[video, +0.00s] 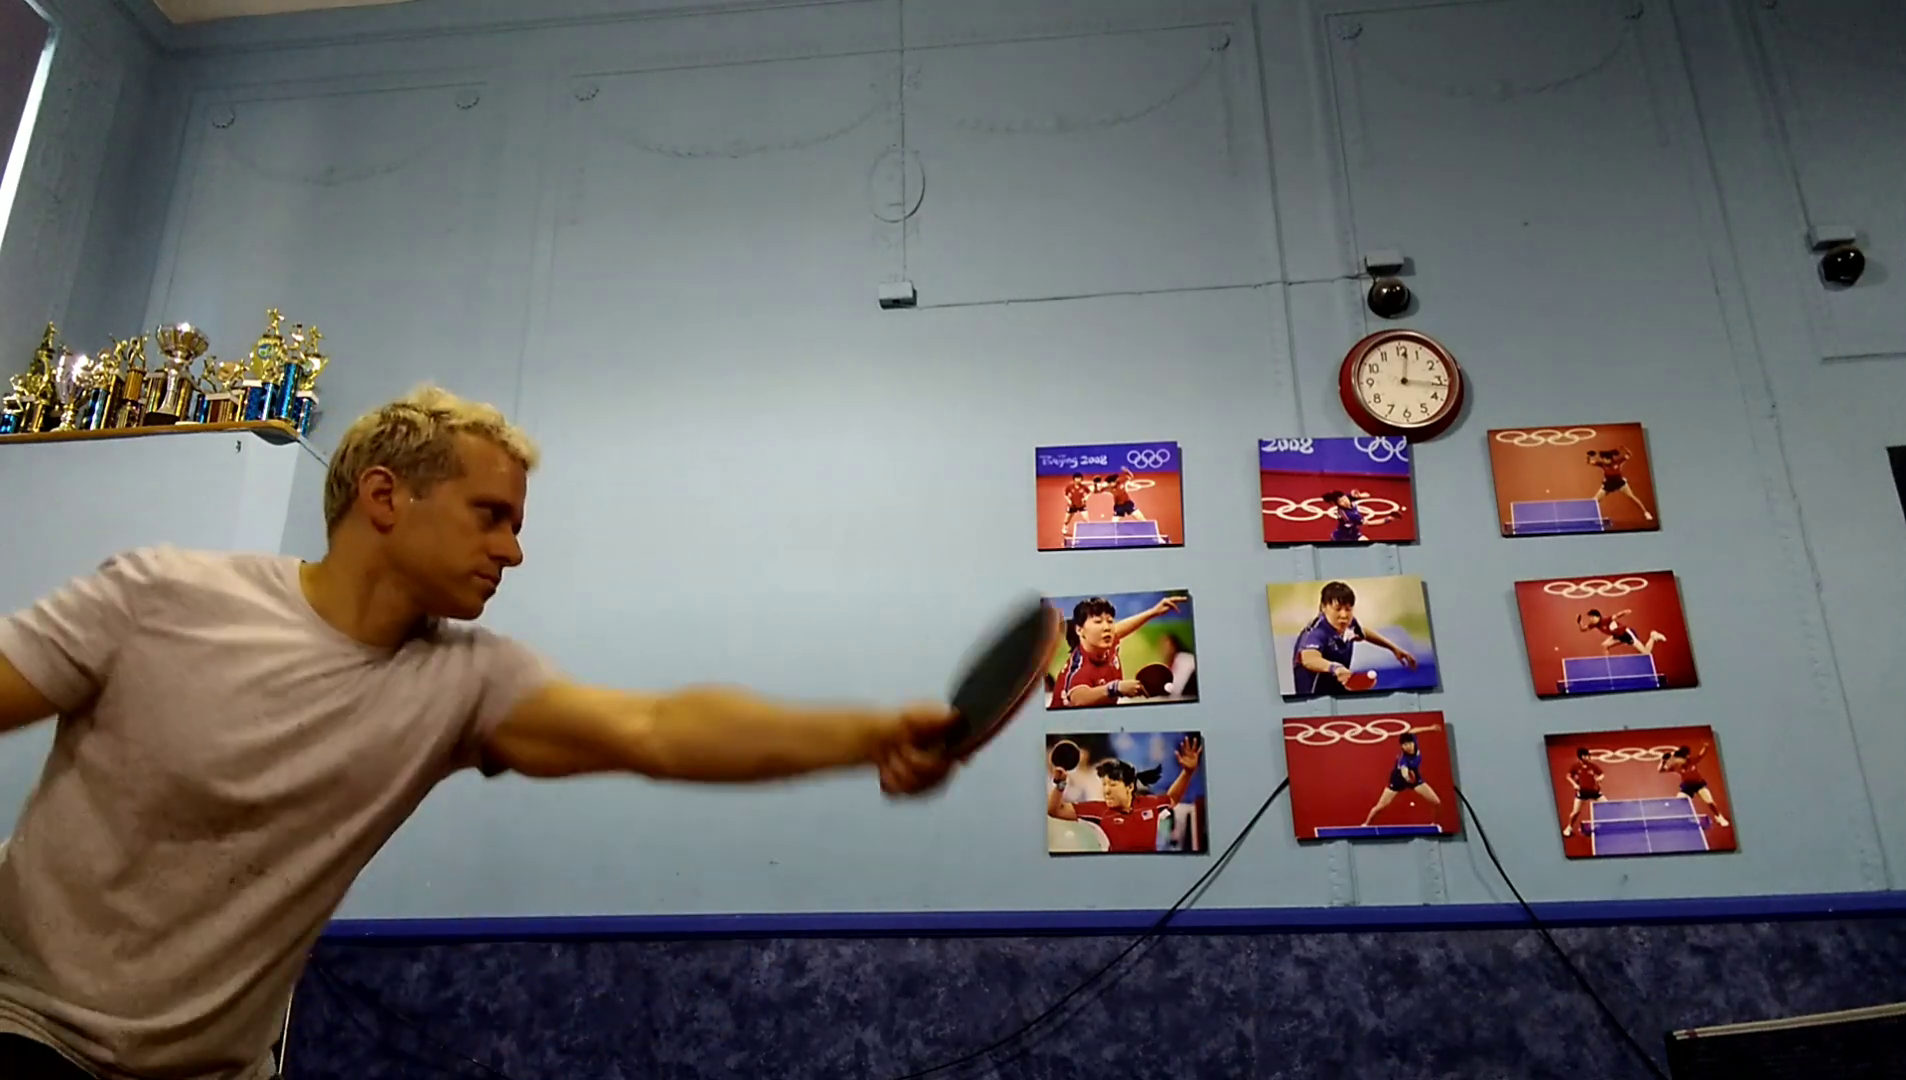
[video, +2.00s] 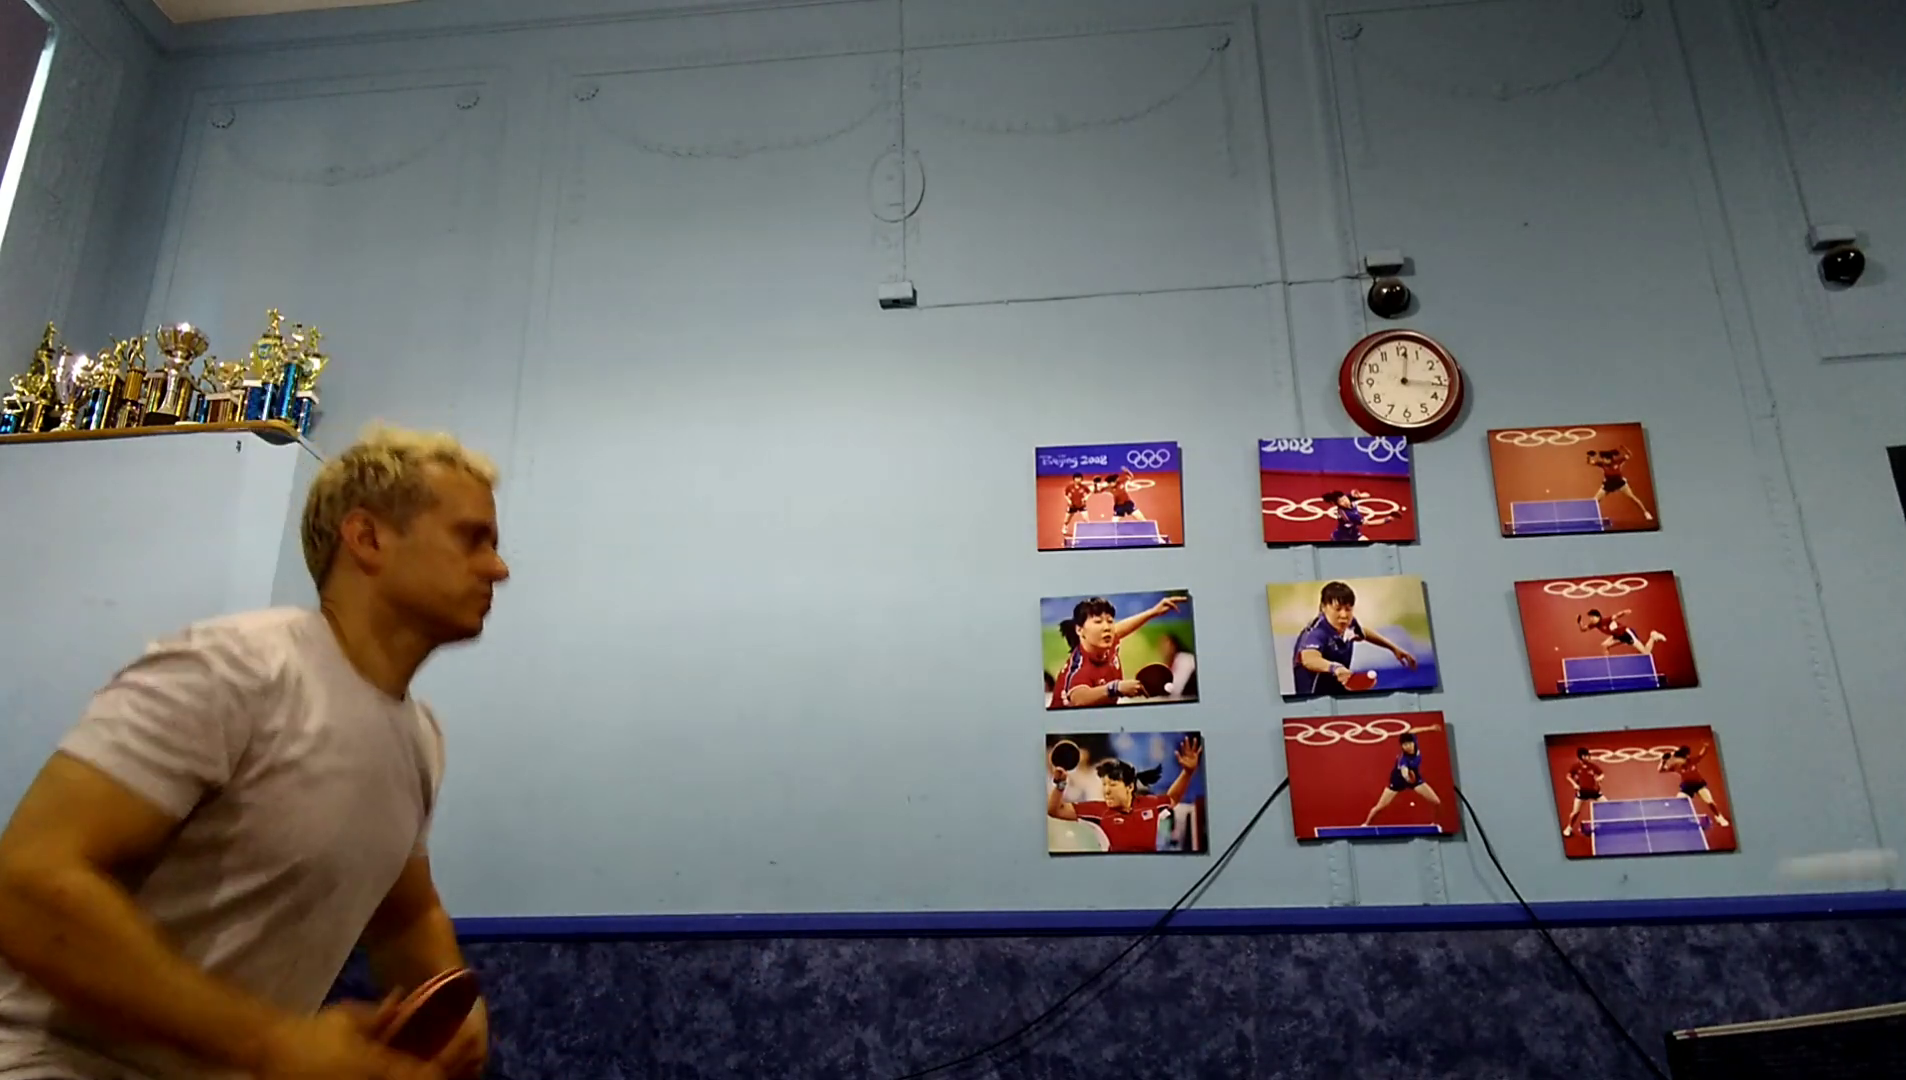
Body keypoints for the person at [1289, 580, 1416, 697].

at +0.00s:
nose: (1344, 615)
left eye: (1348, 609)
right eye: (1338, 609)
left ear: (1353, 609)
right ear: (1324, 608)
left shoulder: (1349, 624)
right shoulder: (1316, 633)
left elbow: (1364, 634)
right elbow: (1309, 660)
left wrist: (1395, 649)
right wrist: (1335, 668)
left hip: (1340, 704)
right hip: (1314, 708)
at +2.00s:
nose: (1344, 615)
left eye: (1348, 609)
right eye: (1338, 609)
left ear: (1353, 609)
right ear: (1324, 608)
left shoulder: (1349, 624)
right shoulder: (1315, 633)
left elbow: (1364, 634)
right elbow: (1309, 660)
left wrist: (1395, 649)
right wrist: (1335, 668)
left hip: (1341, 705)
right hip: (1314, 708)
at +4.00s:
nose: (1344, 615)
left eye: (1348, 609)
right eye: (1338, 609)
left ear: (1353, 609)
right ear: (1324, 608)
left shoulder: (1349, 624)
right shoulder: (1315, 633)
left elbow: (1364, 634)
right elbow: (1309, 660)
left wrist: (1395, 649)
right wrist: (1335, 668)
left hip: (1341, 704)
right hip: (1314, 708)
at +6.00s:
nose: (1344, 615)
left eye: (1348, 609)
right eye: (1338, 609)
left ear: (1353, 609)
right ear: (1324, 608)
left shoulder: (1349, 624)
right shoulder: (1316, 632)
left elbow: (1364, 634)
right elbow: (1309, 660)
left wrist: (1395, 649)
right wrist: (1335, 668)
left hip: (1341, 704)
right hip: (1314, 708)